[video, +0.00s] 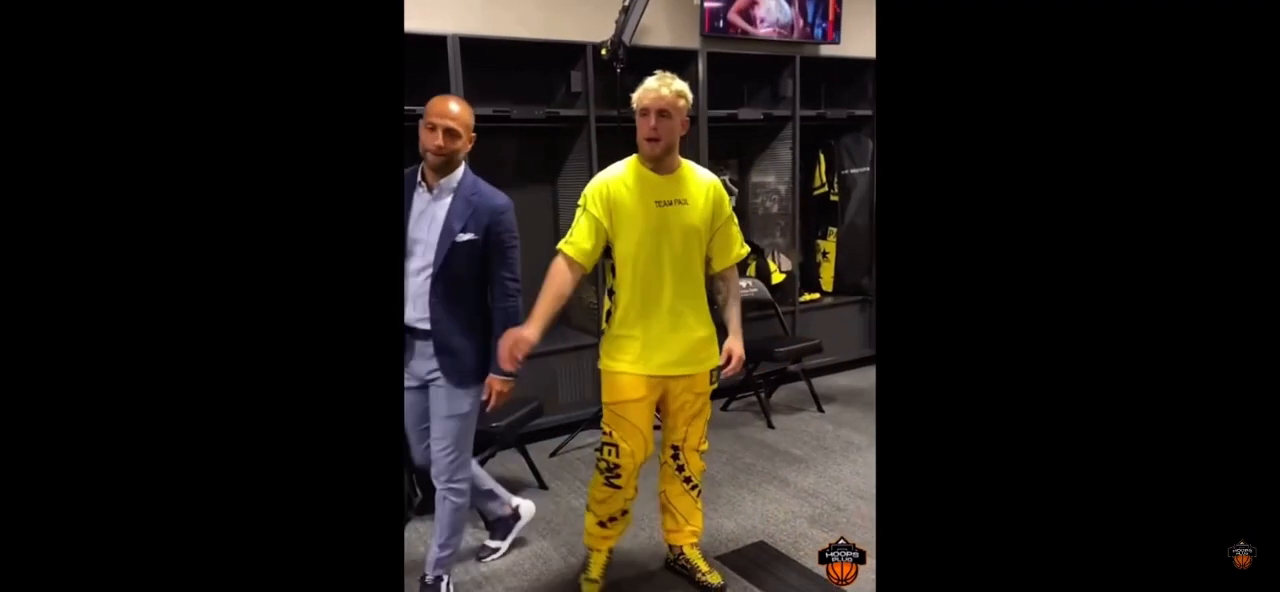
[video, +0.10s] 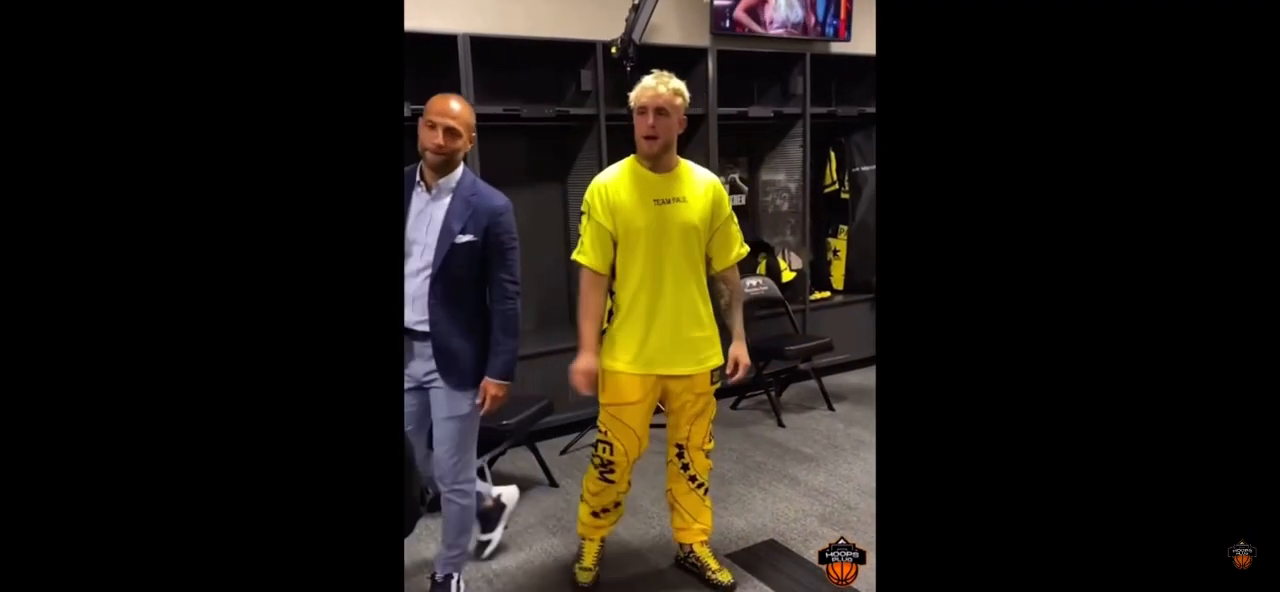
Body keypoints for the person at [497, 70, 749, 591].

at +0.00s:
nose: (651, 124)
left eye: (663, 115)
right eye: (644, 114)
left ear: (685, 124)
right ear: (634, 122)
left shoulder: (709, 189)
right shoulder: (607, 188)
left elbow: (727, 272)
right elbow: (570, 261)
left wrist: (734, 333)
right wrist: (534, 325)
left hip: (692, 348)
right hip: (628, 349)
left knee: (687, 456)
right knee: (621, 458)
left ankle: (683, 545)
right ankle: (598, 551)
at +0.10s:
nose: (649, 122)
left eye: (661, 113)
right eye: (641, 112)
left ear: (682, 121)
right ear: (631, 120)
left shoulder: (708, 188)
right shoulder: (607, 188)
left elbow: (727, 272)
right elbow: (593, 275)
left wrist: (737, 338)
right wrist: (587, 348)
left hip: (694, 349)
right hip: (627, 349)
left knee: (693, 454)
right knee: (614, 454)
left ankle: (693, 544)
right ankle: (591, 539)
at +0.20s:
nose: (650, 119)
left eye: (662, 109)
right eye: (642, 109)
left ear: (683, 116)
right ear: (631, 117)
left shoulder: (711, 184)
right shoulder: (609, 187)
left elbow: (734, 268)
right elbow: (604, 273)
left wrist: (745, 336)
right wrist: (608, 345)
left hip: (701, 345)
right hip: (633, 347)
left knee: (706, 450)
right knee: (618, 451)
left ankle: (709, 541)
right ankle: (606, 538)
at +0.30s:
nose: (662, 116)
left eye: (672, 105)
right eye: (653, 107)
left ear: (694, 112)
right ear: (642, 114)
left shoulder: (727, 178)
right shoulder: (621, 185)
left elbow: (750, 262)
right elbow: (609, 266)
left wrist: (761, 329)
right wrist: (598, 336)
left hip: (717, 337)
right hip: (646, 340)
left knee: (728, 443)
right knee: (638, 445)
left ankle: (734, 536)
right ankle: (634, 533)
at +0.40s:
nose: (683, 114)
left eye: (694, 104)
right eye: (675, 105)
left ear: (717, 108)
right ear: (665, 112)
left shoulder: (756, 173)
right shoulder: (648, 182)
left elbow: (780, 257)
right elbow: (626, 260)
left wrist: (790, 328)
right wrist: (604, 327)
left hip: (744, 334)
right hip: (674, 337)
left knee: (761, 441)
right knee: (671, 442)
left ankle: (774, 536)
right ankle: (671, 531)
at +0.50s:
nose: (717, 112)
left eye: (728, 101)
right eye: (709, 103)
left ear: (755, 104)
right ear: (700, 109)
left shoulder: (794, 167)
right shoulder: (685, 177)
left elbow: (817, 251)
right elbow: (658, 254)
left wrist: (827, 326)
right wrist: (632, 323)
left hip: (784, 331)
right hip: (711, 334)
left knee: (806, 439)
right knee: (713, 439)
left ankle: (824, 536)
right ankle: (718, 526)